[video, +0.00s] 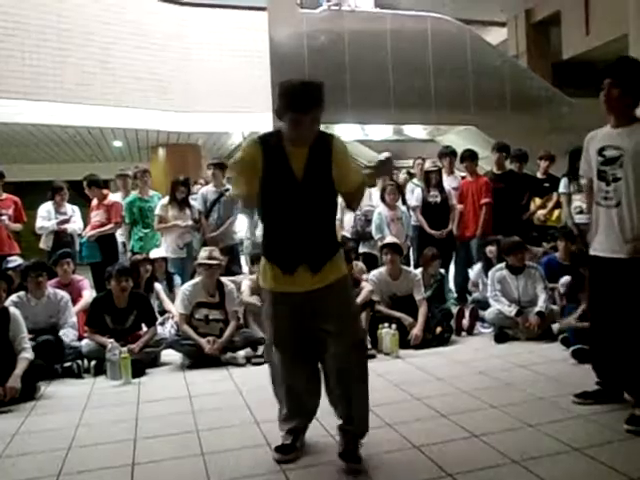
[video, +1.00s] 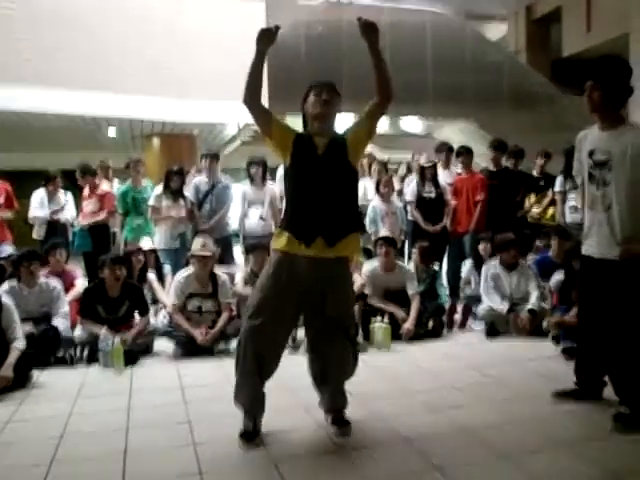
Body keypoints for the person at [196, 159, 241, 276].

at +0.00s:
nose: (213, 173)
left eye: (216, 170)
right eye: (211, 170)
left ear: (224, 173)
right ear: (209, 173)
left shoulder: (232, 191)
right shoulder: (203, 192)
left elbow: (235, 216)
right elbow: (202, 215)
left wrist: (218, 234)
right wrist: (208, 235)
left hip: (229, 241)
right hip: (210, 241)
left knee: (233, 275)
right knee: (210, 274)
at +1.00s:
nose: (208, 165)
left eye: (211, 162)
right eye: (205, 161)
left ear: (217, 164)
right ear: (201, 163)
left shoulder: (225, 185)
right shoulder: (196, 184)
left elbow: (226, 208)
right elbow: (193, 206)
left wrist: (210, 225)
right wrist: (200, 224)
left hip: (221, 233)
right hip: (201, 233)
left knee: (227, 267)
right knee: (201, 266)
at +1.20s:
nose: (206, 144)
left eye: (210, 140)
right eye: (204, 140)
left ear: (215, 142)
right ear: (200, 142)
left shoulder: (223, 163)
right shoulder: (195, 163)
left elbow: (225, 187)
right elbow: (192, 184)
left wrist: (208, 203)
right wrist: (199, 202)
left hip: (219, 212)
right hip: (200, 212)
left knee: (225, 246)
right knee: (200, 245)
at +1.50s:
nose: (209, 143)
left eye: (213, 139)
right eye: (207, 139)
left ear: (218, 142)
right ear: (202, 142)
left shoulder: (227, 162)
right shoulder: (197, 162)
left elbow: (228, 186)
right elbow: (194, 183)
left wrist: (212, 203)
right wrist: (202, 202)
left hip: (222, 210)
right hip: (203, 210)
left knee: (229, 244)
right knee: (203, 244)